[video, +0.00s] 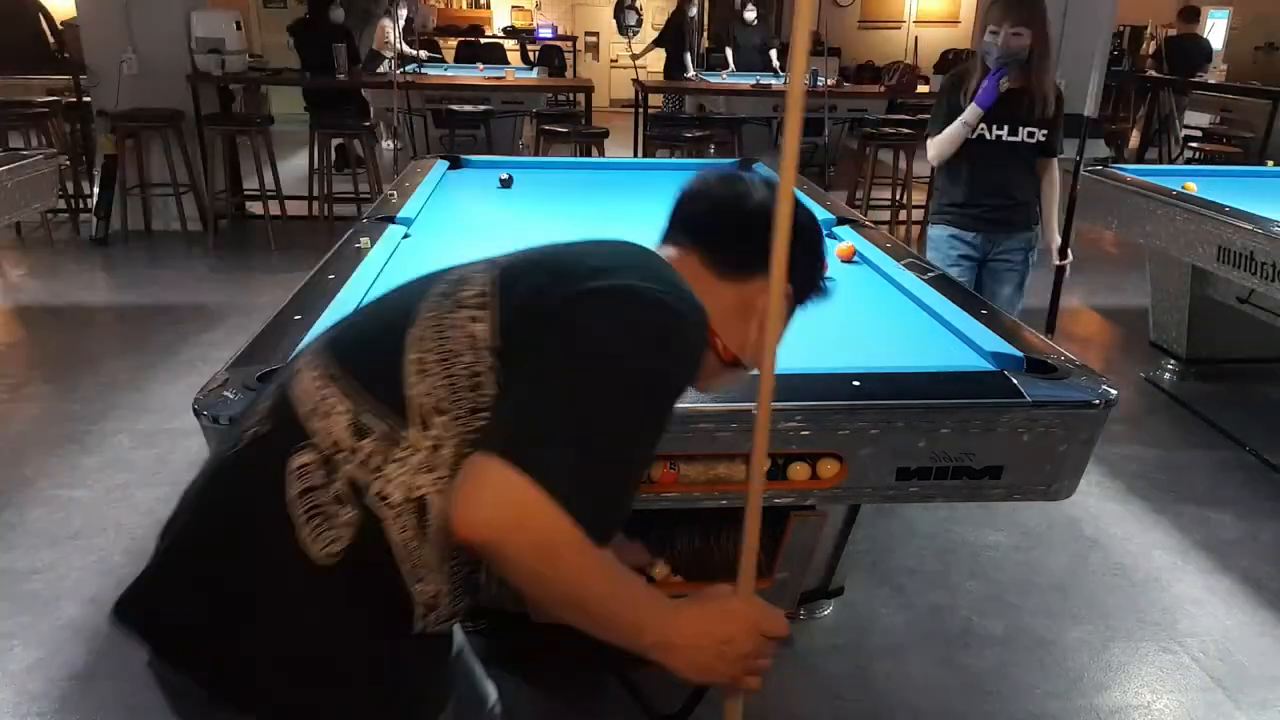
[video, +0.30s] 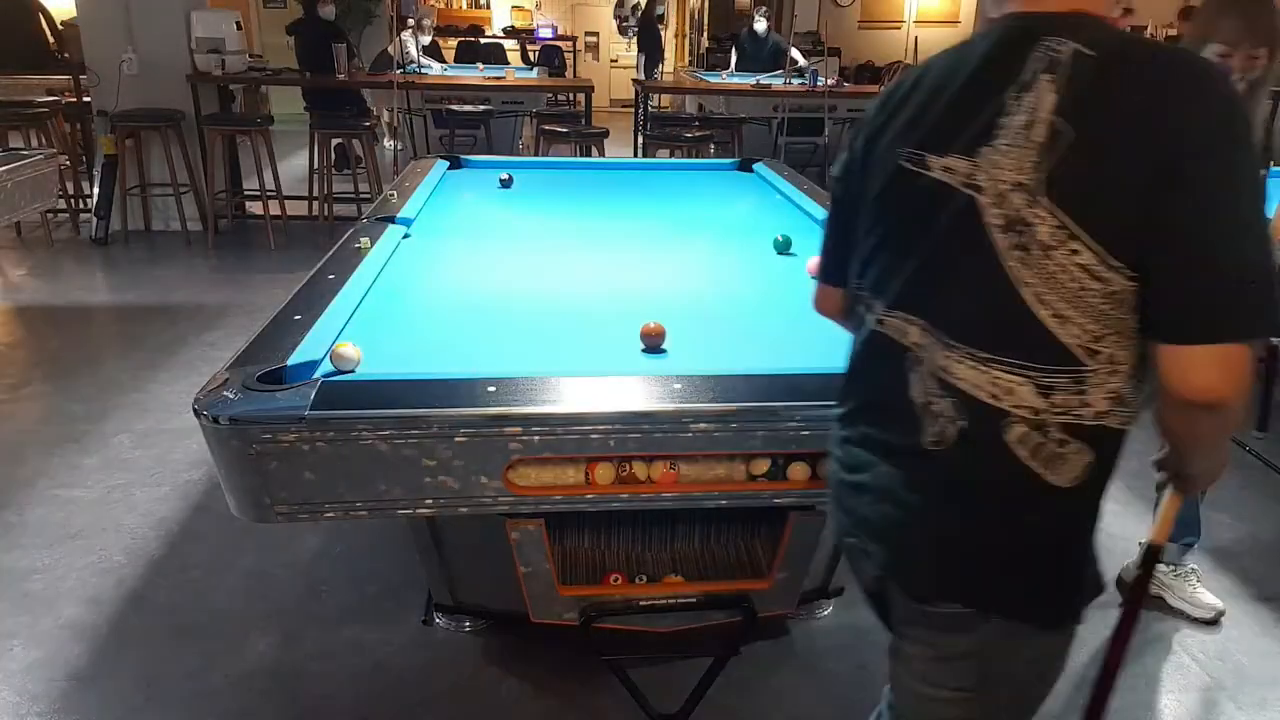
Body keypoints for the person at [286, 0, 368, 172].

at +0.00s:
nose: (342, 11)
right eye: (338, 7)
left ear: (310, 8)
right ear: (330, 8)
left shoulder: (300, 30)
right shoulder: (341, 32)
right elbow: (355, 69)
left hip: (315, 105)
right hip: (347, 106)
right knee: (363, 107)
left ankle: (348, 150)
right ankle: (345, 149)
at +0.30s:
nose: (334, 8)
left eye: (333, 4)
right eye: (331, 4)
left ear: (308, 7)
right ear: (321, 5)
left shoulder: (299, 29)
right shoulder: (332, 29)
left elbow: (303, 66)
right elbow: (352, 63)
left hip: (313, 99)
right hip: (340, 101)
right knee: (364, 109)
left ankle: (346, 150)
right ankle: (345, 149)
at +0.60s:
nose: (336, 9)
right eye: (332, 5)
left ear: (305, 7)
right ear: (324, 6)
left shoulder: (299, 27)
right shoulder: (333, 28)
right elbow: (352, 60)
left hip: (313, 99)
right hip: (339, 101)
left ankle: (347, 150)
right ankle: (345, 149)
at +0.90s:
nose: (340, 11)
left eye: (338, 5)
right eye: (336, 6)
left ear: (310, 8)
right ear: (327, 8)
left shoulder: (301, 30)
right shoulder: (339, 32)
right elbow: (355, 69)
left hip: (314, 102)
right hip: (342, 104)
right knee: (362, 109)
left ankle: (348, 150)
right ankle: (345, 148)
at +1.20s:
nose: (344, 10)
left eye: (343, 6)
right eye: (340, 6)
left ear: (313, 8)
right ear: (332, 7)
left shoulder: (303, 29)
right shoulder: (340, 30)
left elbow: (307, 70)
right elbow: (356, 68)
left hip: (315, 102)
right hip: (343, 103)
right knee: (362, 107)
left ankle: (348, 150)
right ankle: (346, 149)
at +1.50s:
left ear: (307, 9)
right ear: (332, 9)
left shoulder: (301, 32)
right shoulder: (343, 31)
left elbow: (306, 65)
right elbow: (357, 70)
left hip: (314, 101)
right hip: (345, 103)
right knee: (363, 108)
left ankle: (350, 151)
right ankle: (345, 149)